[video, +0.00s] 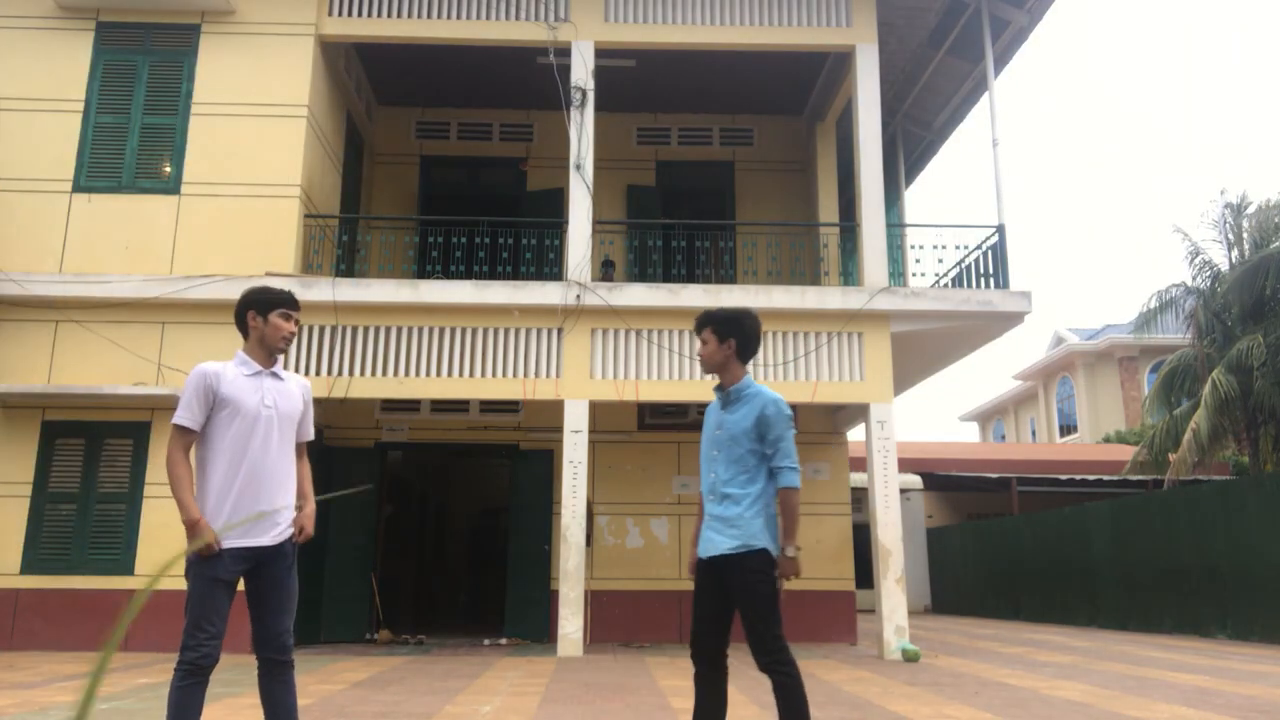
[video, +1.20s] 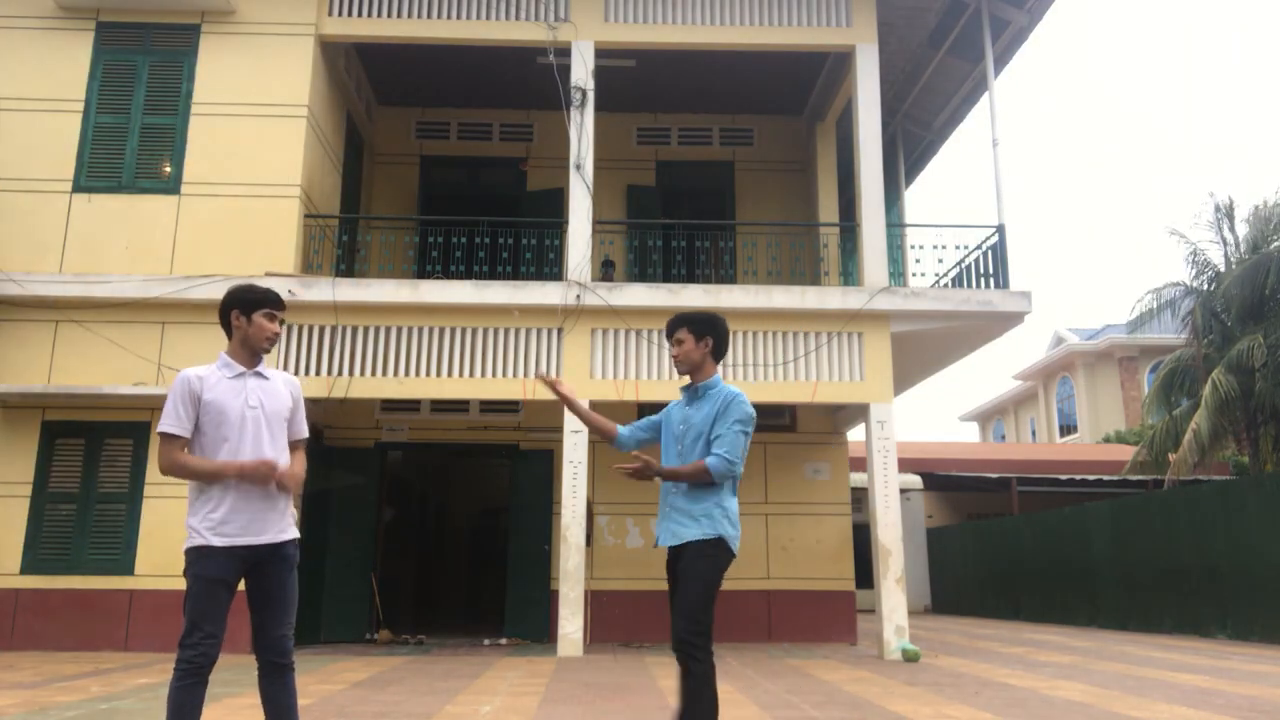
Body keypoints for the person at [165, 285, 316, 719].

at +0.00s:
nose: (293, 328)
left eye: (296, 321)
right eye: (285, 317)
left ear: (294, 329)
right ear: (253, 320)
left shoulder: (298, 388)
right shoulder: (210, 377)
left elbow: (301, 454)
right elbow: (176, 450)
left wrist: (308, 504)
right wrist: (192, 519)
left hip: (278, 545)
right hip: (218, 544)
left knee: (278, 656)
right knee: (199, 657)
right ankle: (179, 719)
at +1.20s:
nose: (277, 329)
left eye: (280, 322)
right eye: (269, 319)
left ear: (277, 327)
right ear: (237, 320)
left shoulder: (288, 386)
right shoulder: (194, 382)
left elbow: (298, 451)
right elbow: (169, 459)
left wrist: (292, 475)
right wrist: (240, 469)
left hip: (276, 542)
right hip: (214, 542)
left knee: (278, 657)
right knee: (197, 656)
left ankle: (284, 719)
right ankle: (180, 719)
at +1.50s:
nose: (268, 337)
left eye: (275, 330)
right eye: (260, 326)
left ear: (279, 335)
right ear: (230, 323)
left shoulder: (285, 386)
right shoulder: (193, 377)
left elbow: (326, 434)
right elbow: (213, 427)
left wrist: (302, 374)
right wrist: (247, 366)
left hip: (277, 538)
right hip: (215, 538)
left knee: (278, 658)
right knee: (197, 656)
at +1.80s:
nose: (268, 339)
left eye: (275, 332)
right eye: (260, 328)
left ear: (280, 337)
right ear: (230, 324)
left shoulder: (285, 384)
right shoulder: (193, 376)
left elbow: (328, 429)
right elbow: (212, 427)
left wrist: (300, 369)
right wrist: (240, 364)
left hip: (278, 535)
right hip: (216, 536)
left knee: (279, 655)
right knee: (198, 654)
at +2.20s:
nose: (270, 339)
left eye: (276, 333)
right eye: (262, 328)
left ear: (281, 338)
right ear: (234, 324)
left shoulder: (287, 386)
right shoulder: (193, 379)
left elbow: (344, 421)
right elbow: (208, 431)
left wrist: (375, 393)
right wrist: (241, 369)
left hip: (280, 538)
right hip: (217, 538)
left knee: (282, 655)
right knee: (198, 654)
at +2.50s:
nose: (276, 340)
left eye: (282, 334)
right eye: (268, 329)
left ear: (286, 337)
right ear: (239, 325)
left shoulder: (290, 387)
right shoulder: (198, 379)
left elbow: (346, 426)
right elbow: (211, 430)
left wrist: (381, 399)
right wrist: (246, 370)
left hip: (284, 538)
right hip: (218, 540)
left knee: (312, 648)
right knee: (199, 656)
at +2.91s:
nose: (319, 359)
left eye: (324, 352)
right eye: (310, 350)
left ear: (328, 357)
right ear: (279, 350)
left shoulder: (338, 408)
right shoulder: (244, 405)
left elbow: (395, 450)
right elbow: (261, 452)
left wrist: (420, 420)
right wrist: (297, 391)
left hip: (338, 561)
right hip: (268, 563)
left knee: (391, 652)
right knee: (213, 667)